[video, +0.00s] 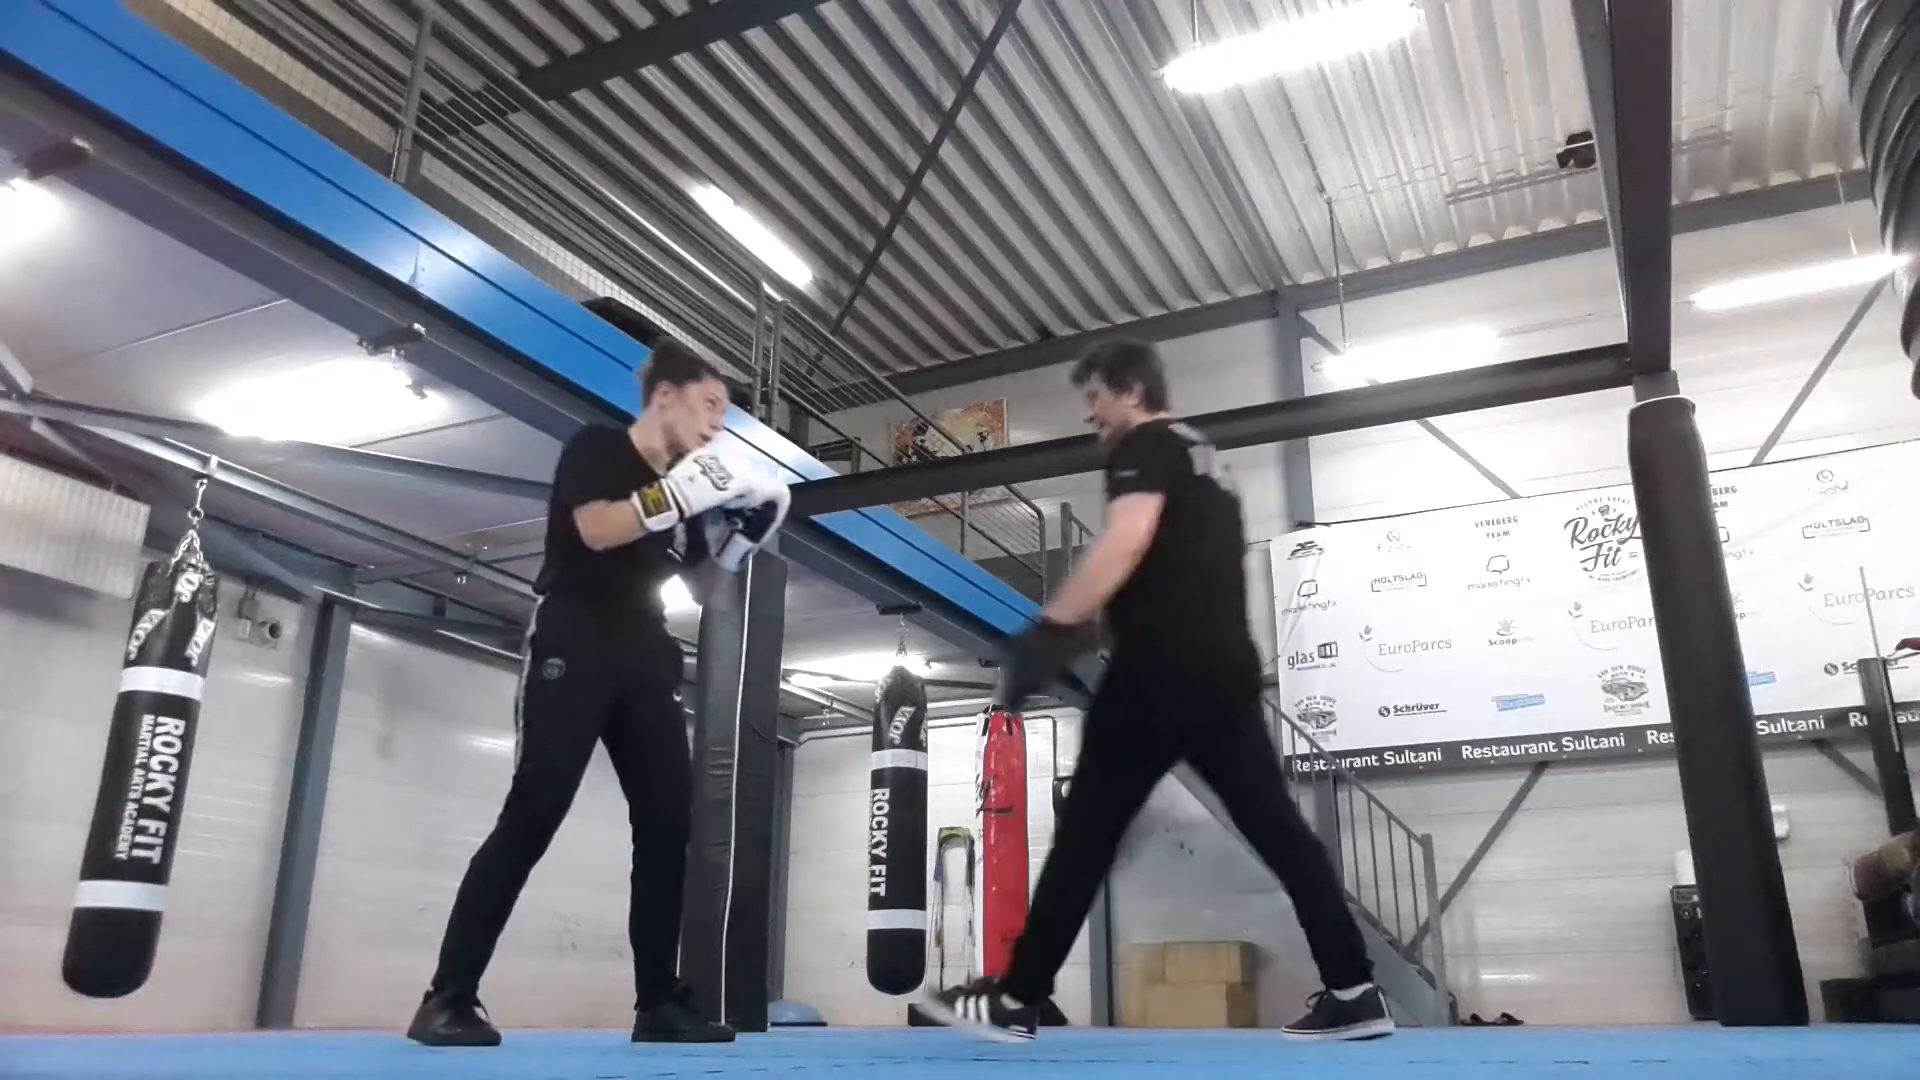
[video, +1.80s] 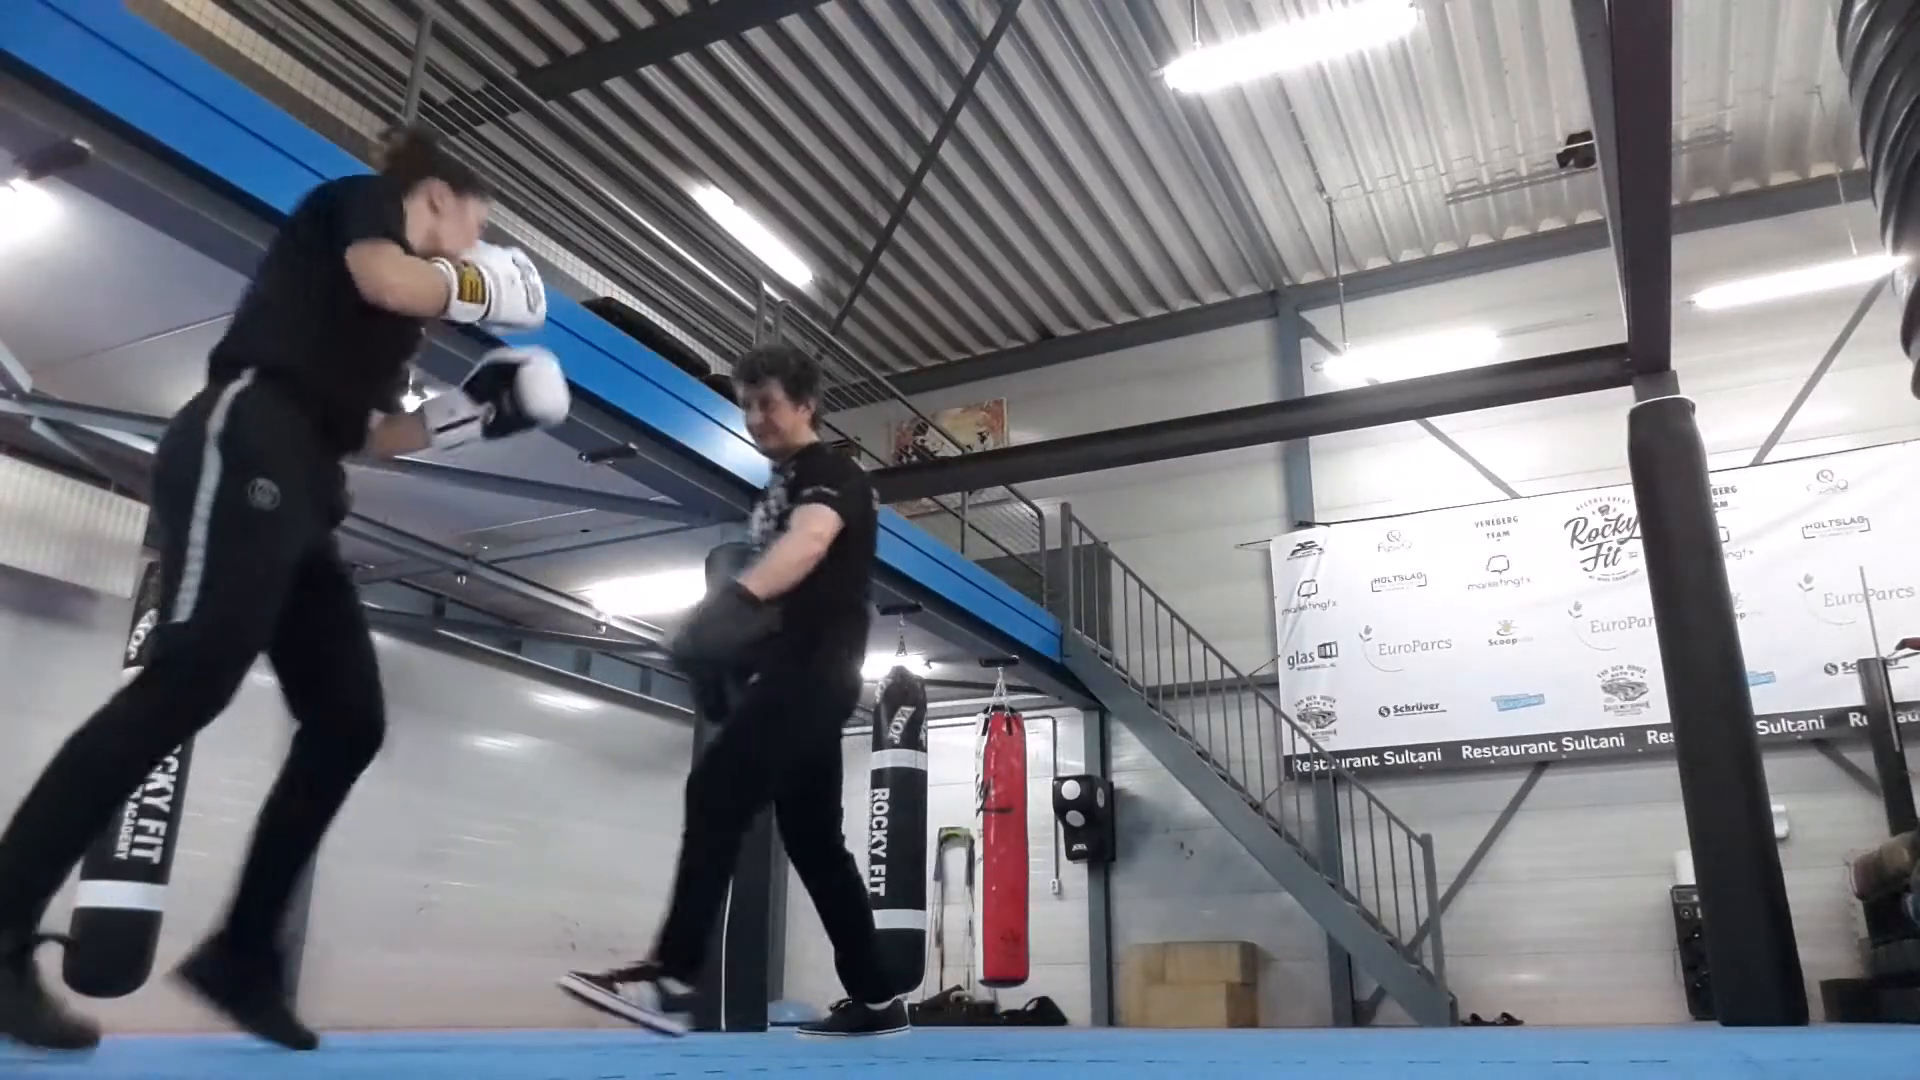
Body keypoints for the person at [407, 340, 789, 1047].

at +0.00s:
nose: (717, 424)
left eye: (722, 413)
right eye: (710, 406)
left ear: (698, 414)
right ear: (663, 396)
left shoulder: (679, 485)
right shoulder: (596, 446)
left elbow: (704, 585)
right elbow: (594, 528)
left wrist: (744, 528)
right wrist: (683, 491)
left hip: (644, 659)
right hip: (573, 651)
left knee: (666, 824)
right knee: (530, 819)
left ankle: (658, 1004)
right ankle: (447, 1000)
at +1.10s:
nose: (643, 386)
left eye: (647, 375)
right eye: (640, 370)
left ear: (600, 362)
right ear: (606, 357)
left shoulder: (579, 431)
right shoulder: (547, 400)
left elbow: (635, 535)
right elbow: (630, 456)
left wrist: (661, 464)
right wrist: (674, 421)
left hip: (552, 626)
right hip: (500, 615)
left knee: (589, 810)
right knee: (465, 795)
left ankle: (629, 986)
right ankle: (314, 989)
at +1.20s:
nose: (624, 348)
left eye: (626, 337)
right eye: (621, 333)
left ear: (583, 322)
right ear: (586, 313)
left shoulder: (556, 397)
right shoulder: (524, 346)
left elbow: (603, 503)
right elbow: (602, 418)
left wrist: (668, 441)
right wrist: (646, 385)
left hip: (508, 575)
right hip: (451, 556)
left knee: (571, 762)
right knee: (441, 750)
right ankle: (298, 969)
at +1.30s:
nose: (602, 330)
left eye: (606, 316)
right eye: (597, 309)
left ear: (554, 303)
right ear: (557, 291)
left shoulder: (532, 379)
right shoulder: (492, 327)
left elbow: (558, 503)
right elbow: (557, 417)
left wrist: (641, 470)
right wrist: (618, 382)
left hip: (471, 572)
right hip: (420, 551)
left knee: (525, 768)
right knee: (406, 735)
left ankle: (401, 954)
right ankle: (211, 932)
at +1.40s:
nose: (568, 341)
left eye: (571, 326)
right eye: (565, 321)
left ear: (520, 307)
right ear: (521, 304)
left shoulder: (491, 392)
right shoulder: (450, 344)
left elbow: (481, 528)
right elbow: (494, 442)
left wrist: (586, 506)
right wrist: (567, 414)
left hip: (433, 604)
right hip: (387, 581)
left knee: (468, 812)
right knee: (320, 759)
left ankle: (357, 1002)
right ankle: (88, 946)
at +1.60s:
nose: (516, 319)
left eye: (519, 303)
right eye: (513, 298)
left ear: (467, 284)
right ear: (472, 277)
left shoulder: (426, 362)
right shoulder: (379, 298)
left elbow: (370, 482)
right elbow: (394, 395)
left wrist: (462, 498)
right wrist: (491, 385)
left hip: (350, 584)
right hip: (285, 557)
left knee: (390, 779)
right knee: (208, 750)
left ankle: (361, 985)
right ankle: (16, 970)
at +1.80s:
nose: (477, 241)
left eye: (482, 228)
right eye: (474, 218)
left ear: (432, 214)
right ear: (432, 190)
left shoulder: (397, 294)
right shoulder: (360, 198)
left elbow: (359, 434)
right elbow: (383, 278)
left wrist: (468, 411)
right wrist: (480, 287)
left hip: (296, 486)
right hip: (239, 441)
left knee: (346, 727)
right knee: (187, 681)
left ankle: (243, 959)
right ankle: (4, 935)